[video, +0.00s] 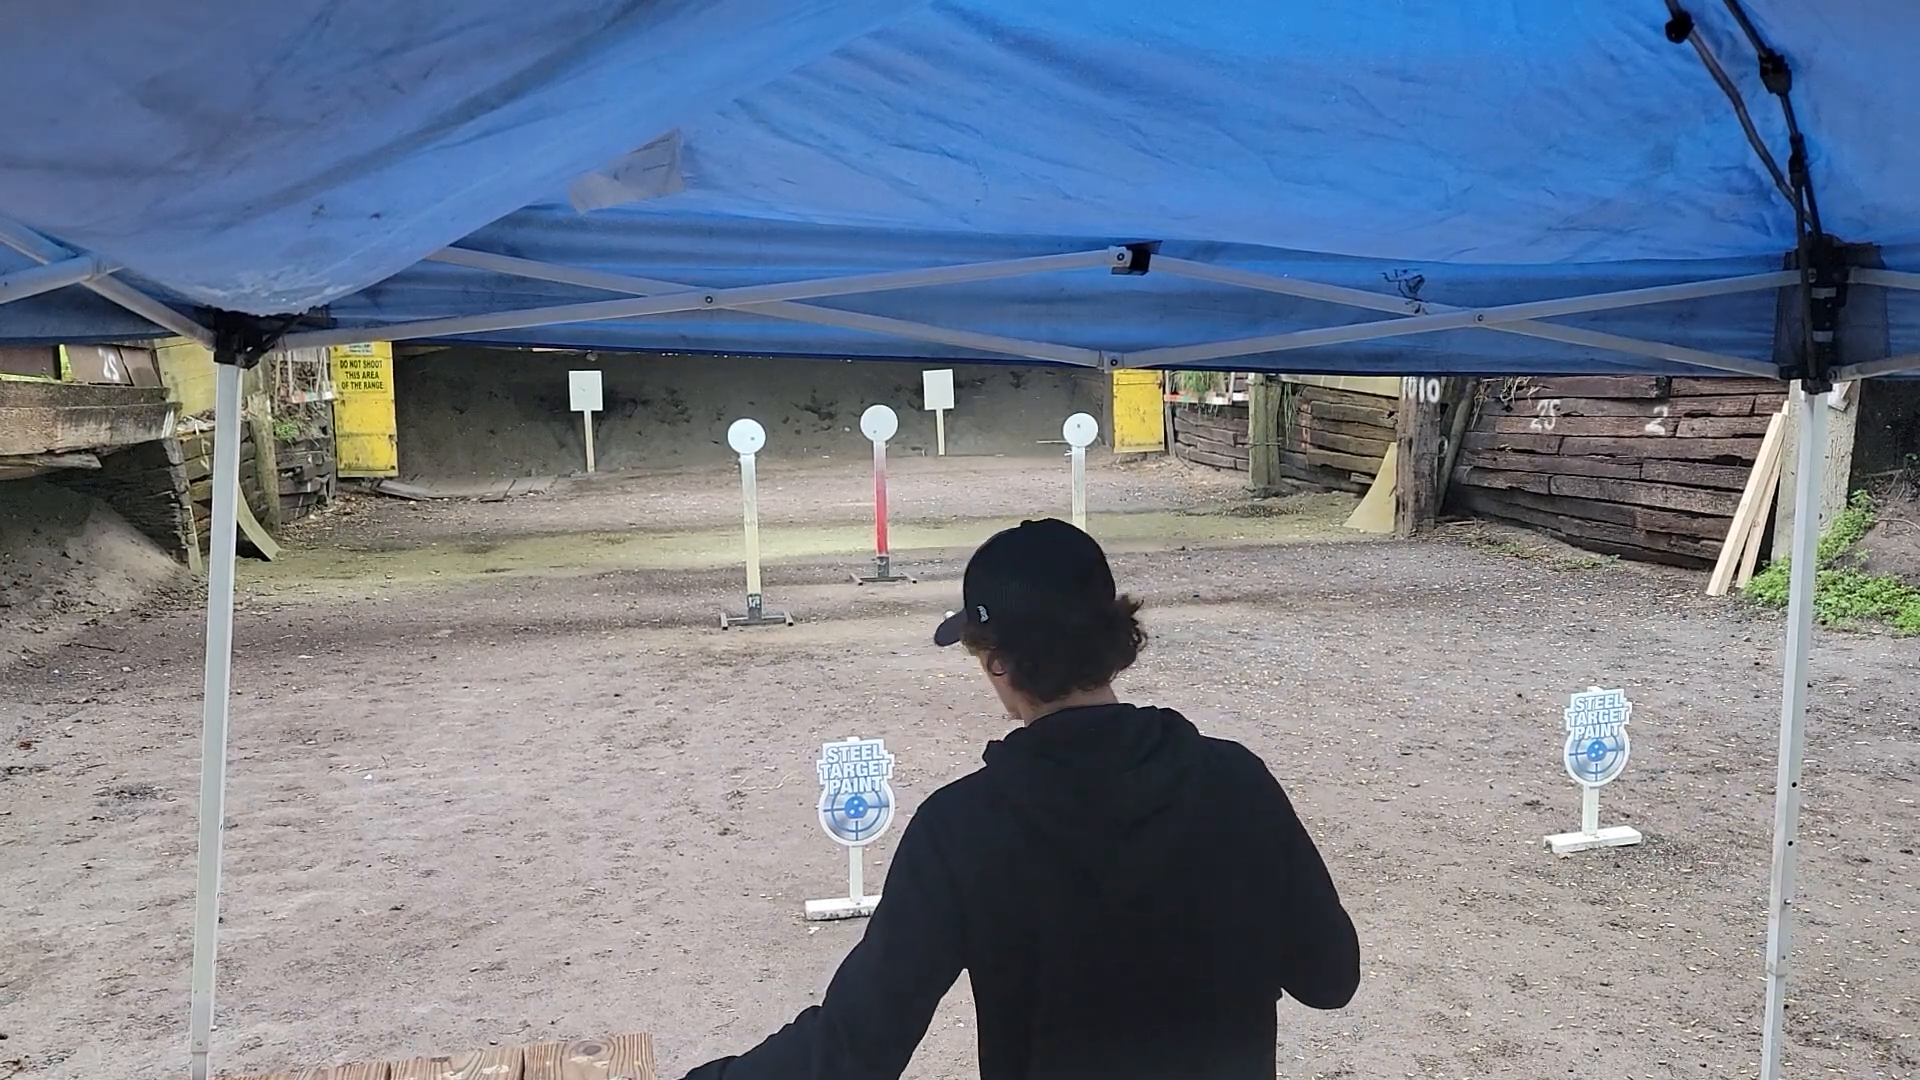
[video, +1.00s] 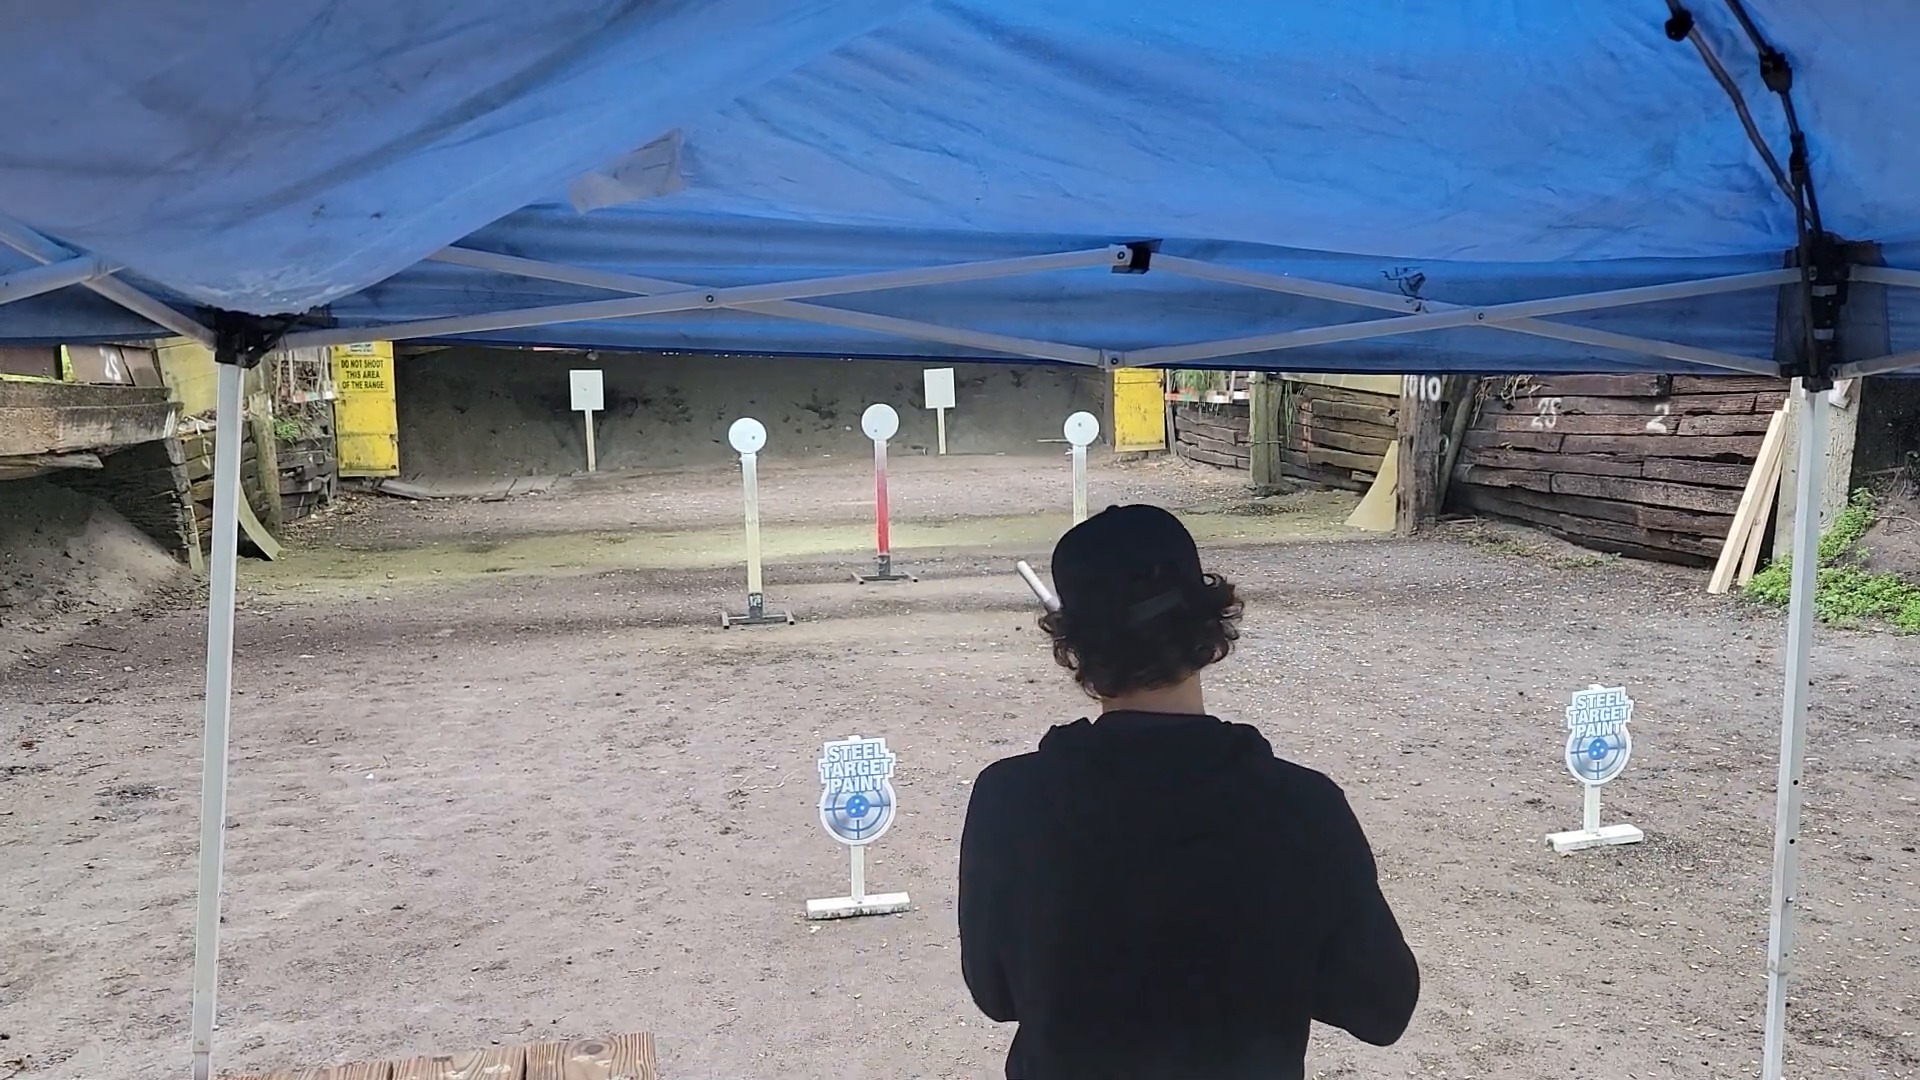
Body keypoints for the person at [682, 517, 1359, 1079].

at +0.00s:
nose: (977, 665)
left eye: (976, 647)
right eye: (974, 646)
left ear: (995, 660)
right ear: (1116, 634)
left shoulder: (963, 826)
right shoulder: (1236, 784)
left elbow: (858, 1041)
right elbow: (1333, 976)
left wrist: (691, 1076)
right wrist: (1214, 888)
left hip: (1041, 1064)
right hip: (1226, 1064)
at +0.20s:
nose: (993, 648)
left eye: (994, 633)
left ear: (1007, 652)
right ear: (1139, 631)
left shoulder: (969, 824)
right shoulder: (1245, 787)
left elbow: (865, 1038)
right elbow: (1336, 978)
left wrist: (723, 1077)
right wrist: (1218, 903)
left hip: (1042, 1069)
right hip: (1227, 1070)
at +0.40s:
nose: (1001, 640)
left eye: (1003, 621)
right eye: (1004, 619)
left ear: (1019, 641)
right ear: (1150, 627)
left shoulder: (978, 822)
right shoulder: (1251, 785)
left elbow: (884, 1044)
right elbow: (1340, 978)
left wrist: (695, 1079)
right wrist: (1226, 889)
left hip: (1050, 1068)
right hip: (1227, 1068)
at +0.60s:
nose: (1022, 636)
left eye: (1023, 617)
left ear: (1032, 638)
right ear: (1166, 623)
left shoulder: (992, 821)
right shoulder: (1265, 788)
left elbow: (941, 1054)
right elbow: (1347, 988)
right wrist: (1221, 900)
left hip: (1058, 1072)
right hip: (1236, 1073)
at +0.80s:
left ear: (1053, 645)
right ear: (1190, 624)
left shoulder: (994, 814)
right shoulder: (1285, 797)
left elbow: (960, 1030)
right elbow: (1365, 1000)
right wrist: (1241, 928)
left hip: (1061, 1070)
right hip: (1242, 1068)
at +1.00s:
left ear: (1071, 642)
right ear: (1210, 623)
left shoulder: (1007, 799)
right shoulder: (1303, 806)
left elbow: (994, 994)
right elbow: (1385, 1009)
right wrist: (1254, 937)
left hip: (1056, 1068)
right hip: (1247, 1066)